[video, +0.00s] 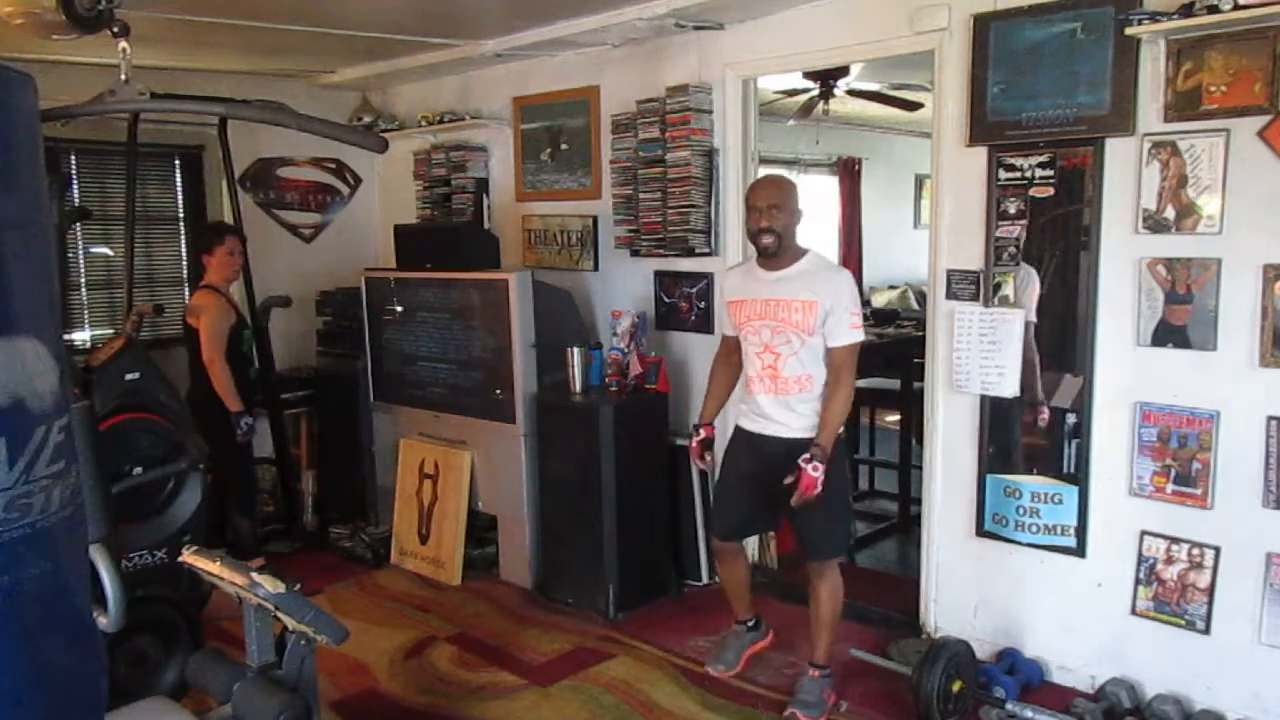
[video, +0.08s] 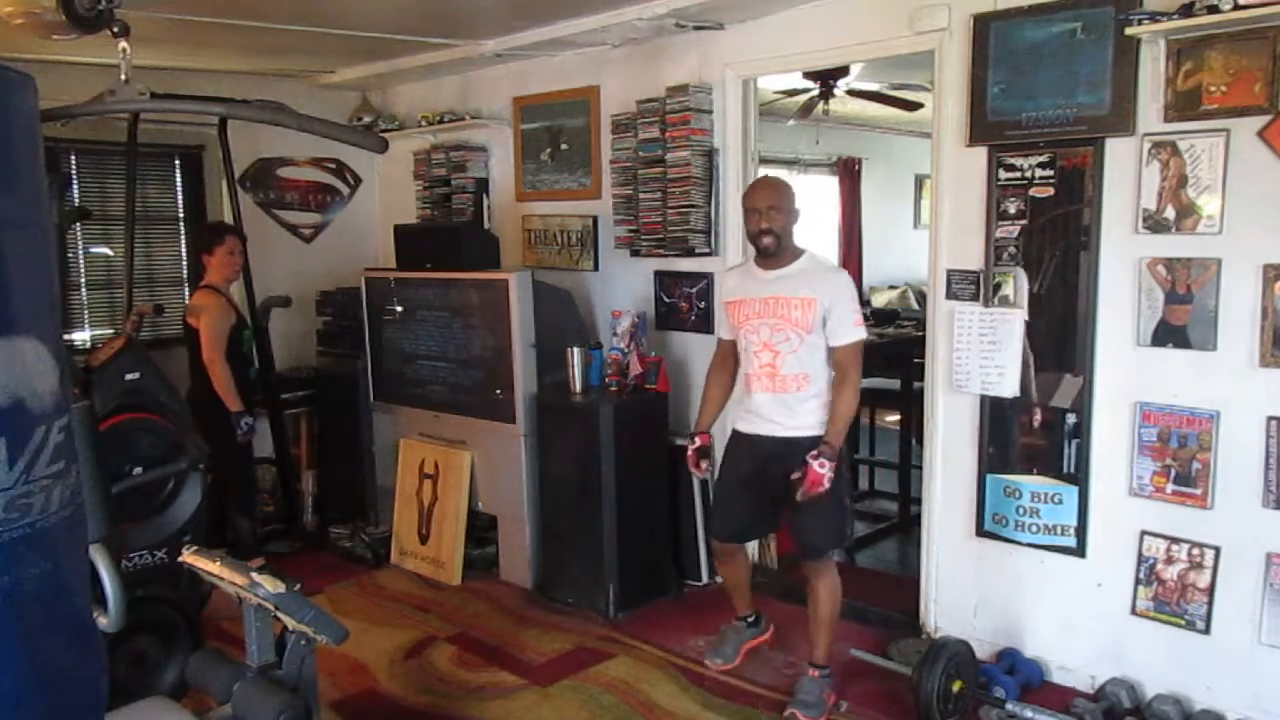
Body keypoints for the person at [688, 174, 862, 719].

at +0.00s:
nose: (762, 221)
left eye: (774, 211)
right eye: (754, 211)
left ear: (797, 217)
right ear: (744, 217)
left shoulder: (833, 283)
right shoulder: (734, 280)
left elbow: (842, 376)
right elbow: (730, 352)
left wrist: (821, 452)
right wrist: (705, 420)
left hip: (814, 441)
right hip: (750, 434)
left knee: (823, 560)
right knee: (724, 538)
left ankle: (817, 670)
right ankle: (747, 625)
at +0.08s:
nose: (762, 222)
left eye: (773, 212)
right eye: (753, 213)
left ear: (794, 217)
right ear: (742, 218)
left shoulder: (831, 282)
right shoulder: (732, 282)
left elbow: (848, 375)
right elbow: (725, 358)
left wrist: (829, 451)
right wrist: (702, 428)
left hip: (811, 441)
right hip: (746, 436)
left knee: (819, 559)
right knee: (724, 539)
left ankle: (817, 671)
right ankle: (748, 621)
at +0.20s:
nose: (749, 225)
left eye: (760, 215)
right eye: (742, 216)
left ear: (784, 220)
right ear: (733, 223)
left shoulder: (820, 284)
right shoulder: (723, 284)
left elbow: (848, 371)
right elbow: (716, 363)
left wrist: (849, 452)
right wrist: (695, 432)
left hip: (800, 439)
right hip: (738, 437)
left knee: (811, 557)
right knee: (740, 540)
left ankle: (817, 671)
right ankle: (752, 627)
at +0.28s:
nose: (731, 226)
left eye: (742, 216)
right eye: (727, 217)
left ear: (772, 218)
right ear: (724, 221)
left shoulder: (809, 283)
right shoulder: (717, 283)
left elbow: (841, 370)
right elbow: (708, 360)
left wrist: (850, 451)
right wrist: (689, 426)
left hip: (793, 436)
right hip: (734, 435)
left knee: (806, 555)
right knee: (743, 539)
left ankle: (816, 670)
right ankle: (753, 627)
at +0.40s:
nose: (712, 230)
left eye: (719, 220)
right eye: (711, 220)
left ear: (753, 221)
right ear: (728, 221)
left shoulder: (799, 281)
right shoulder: (714, 282)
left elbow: (830, 367)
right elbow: (702, 358)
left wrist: (836, 447)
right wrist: (681, 419)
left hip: (785, 434)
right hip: (728, 432)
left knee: (796, 548)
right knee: (736, 535)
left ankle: (813, 665)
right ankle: (752, 626)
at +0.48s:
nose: (707, 232)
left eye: (714, 222)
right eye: (706, 223)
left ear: (748, 220)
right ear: (726, 220)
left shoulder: (795, 277)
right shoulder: (713, 280)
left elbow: (820, 361)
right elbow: (703, 355)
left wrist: (818, 436)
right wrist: (679, 419)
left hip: (781, 430)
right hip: (727, 428)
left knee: (785, 543)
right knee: (735, 534)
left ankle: (806, 657)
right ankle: (751, 627)